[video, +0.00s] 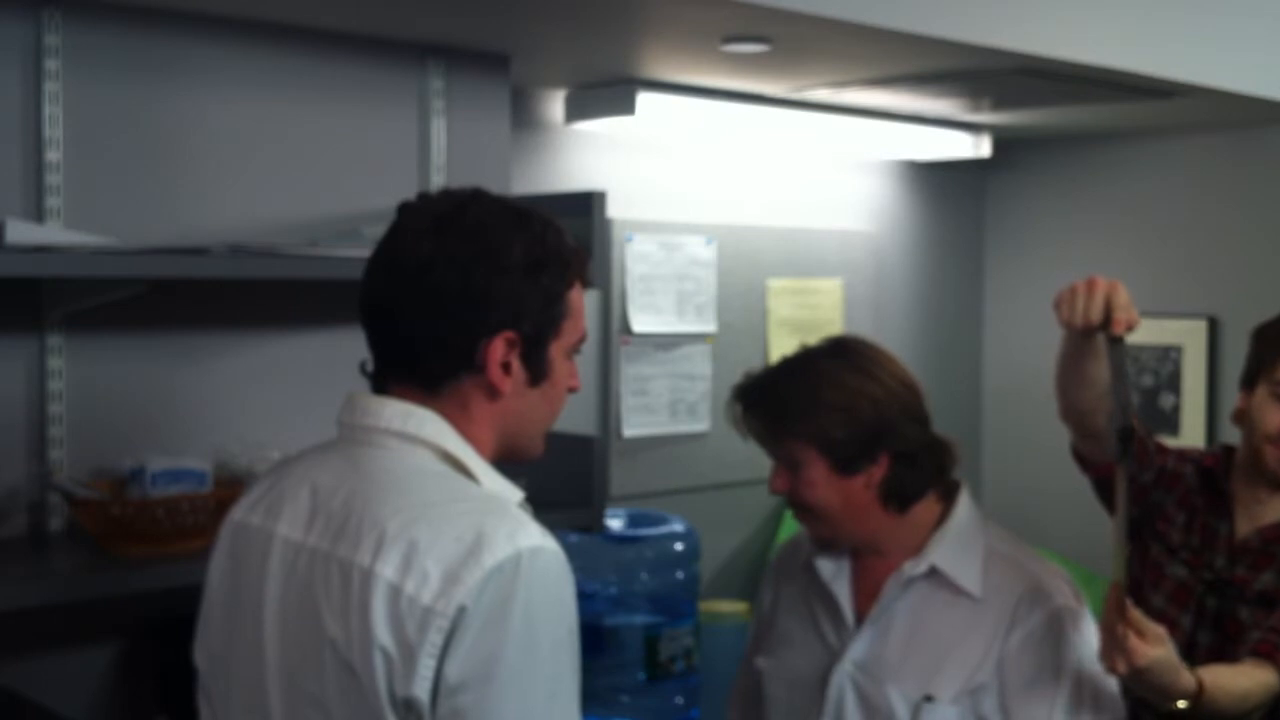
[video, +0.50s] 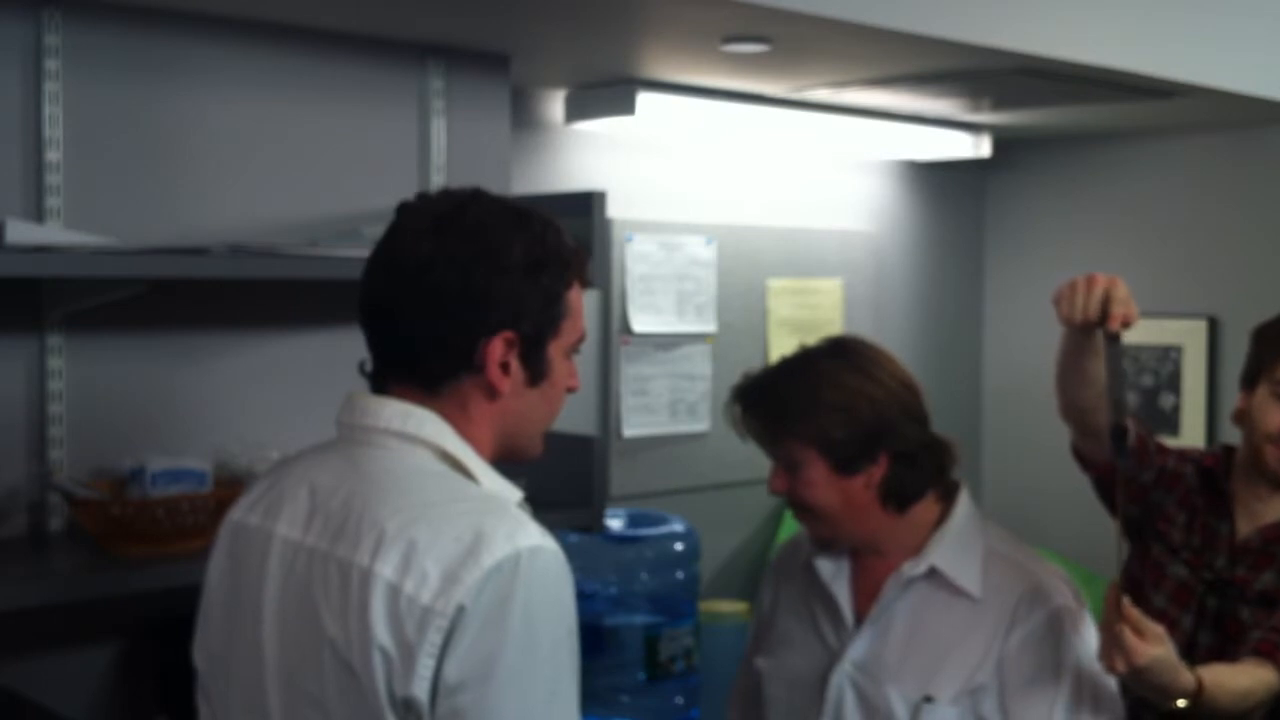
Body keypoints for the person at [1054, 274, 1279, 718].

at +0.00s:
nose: (1277, 418)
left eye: (1279, 398)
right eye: (1275, 394)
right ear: (1243, 402)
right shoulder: (1171, 484)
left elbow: (1267, 674)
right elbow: (1093, 426)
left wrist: (1187, 687)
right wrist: (1087, 333)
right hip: (1135, 704)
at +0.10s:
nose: (1278, 418)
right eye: (1276, 394)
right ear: (1243, 401)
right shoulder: (1171, 484)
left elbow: (1267, 676)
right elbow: (1092, 425)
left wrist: (1186, 687)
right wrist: (1086, 331)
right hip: (1134, 703)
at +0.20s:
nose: (1278, 418)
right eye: (1276, 394)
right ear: (1244, 401)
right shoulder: (1173, 484)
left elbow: (1268, 675)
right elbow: (1093, 427)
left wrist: (1186, 688)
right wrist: (1087, 330)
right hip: (1130, 703)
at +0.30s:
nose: (1278, 418)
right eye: (1276, 394)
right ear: (1244, 401)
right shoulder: (1174, 484)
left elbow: (1267, 676)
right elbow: (1093, 427)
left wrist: (1186, 687)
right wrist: (1087, 330)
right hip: (1129, 702)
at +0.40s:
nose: (1278, 418)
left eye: (1279, 398)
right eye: (1276, 394)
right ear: (1244, 401)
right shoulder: (1173, 484)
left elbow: (1267, 675)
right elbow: (1092, 426)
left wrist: (1186, 687)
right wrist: (1087, 330)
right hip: (1130, 704)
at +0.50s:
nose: (1278, 418)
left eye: (1279, 397)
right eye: (1275, 394)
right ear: (1243, 401)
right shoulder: (1174, 485)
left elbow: (1267, 674)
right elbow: (1092, 426)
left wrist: (1186, 686)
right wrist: (1086, 330)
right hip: (1128, 704)